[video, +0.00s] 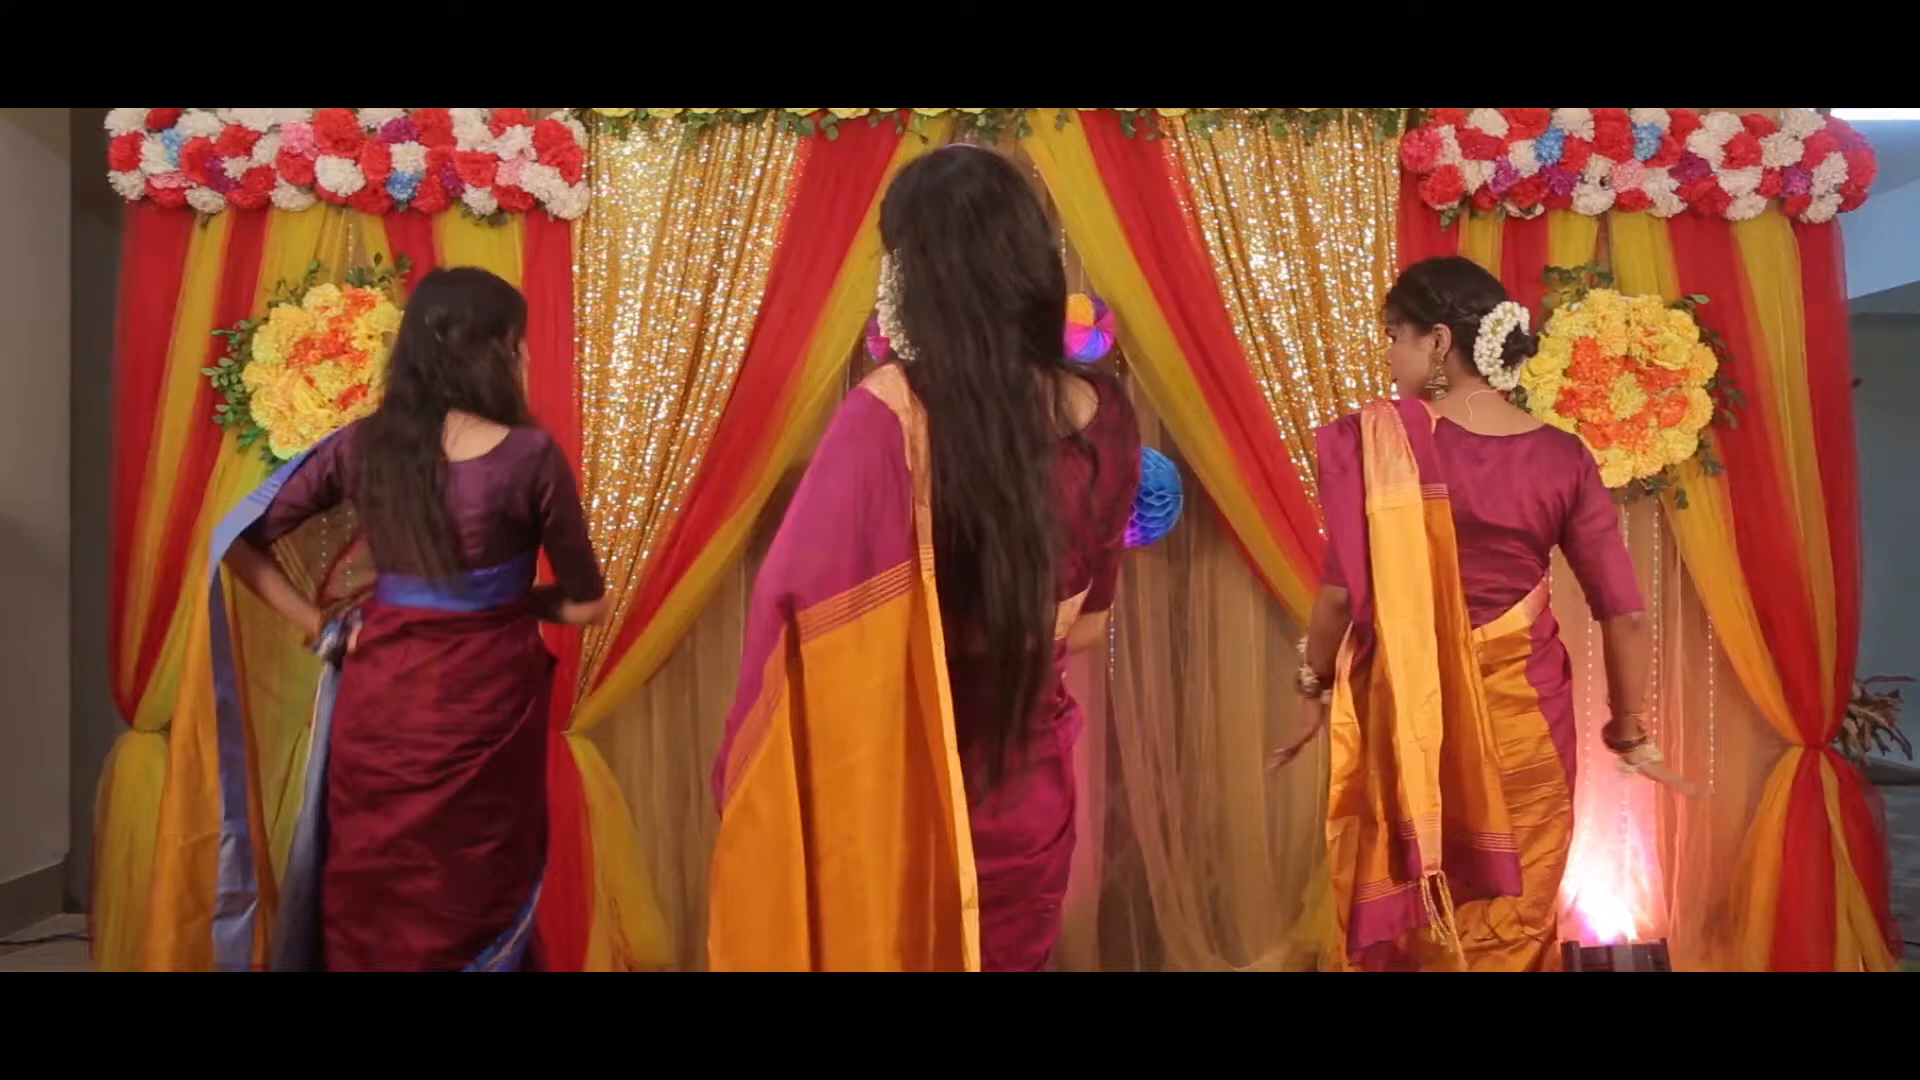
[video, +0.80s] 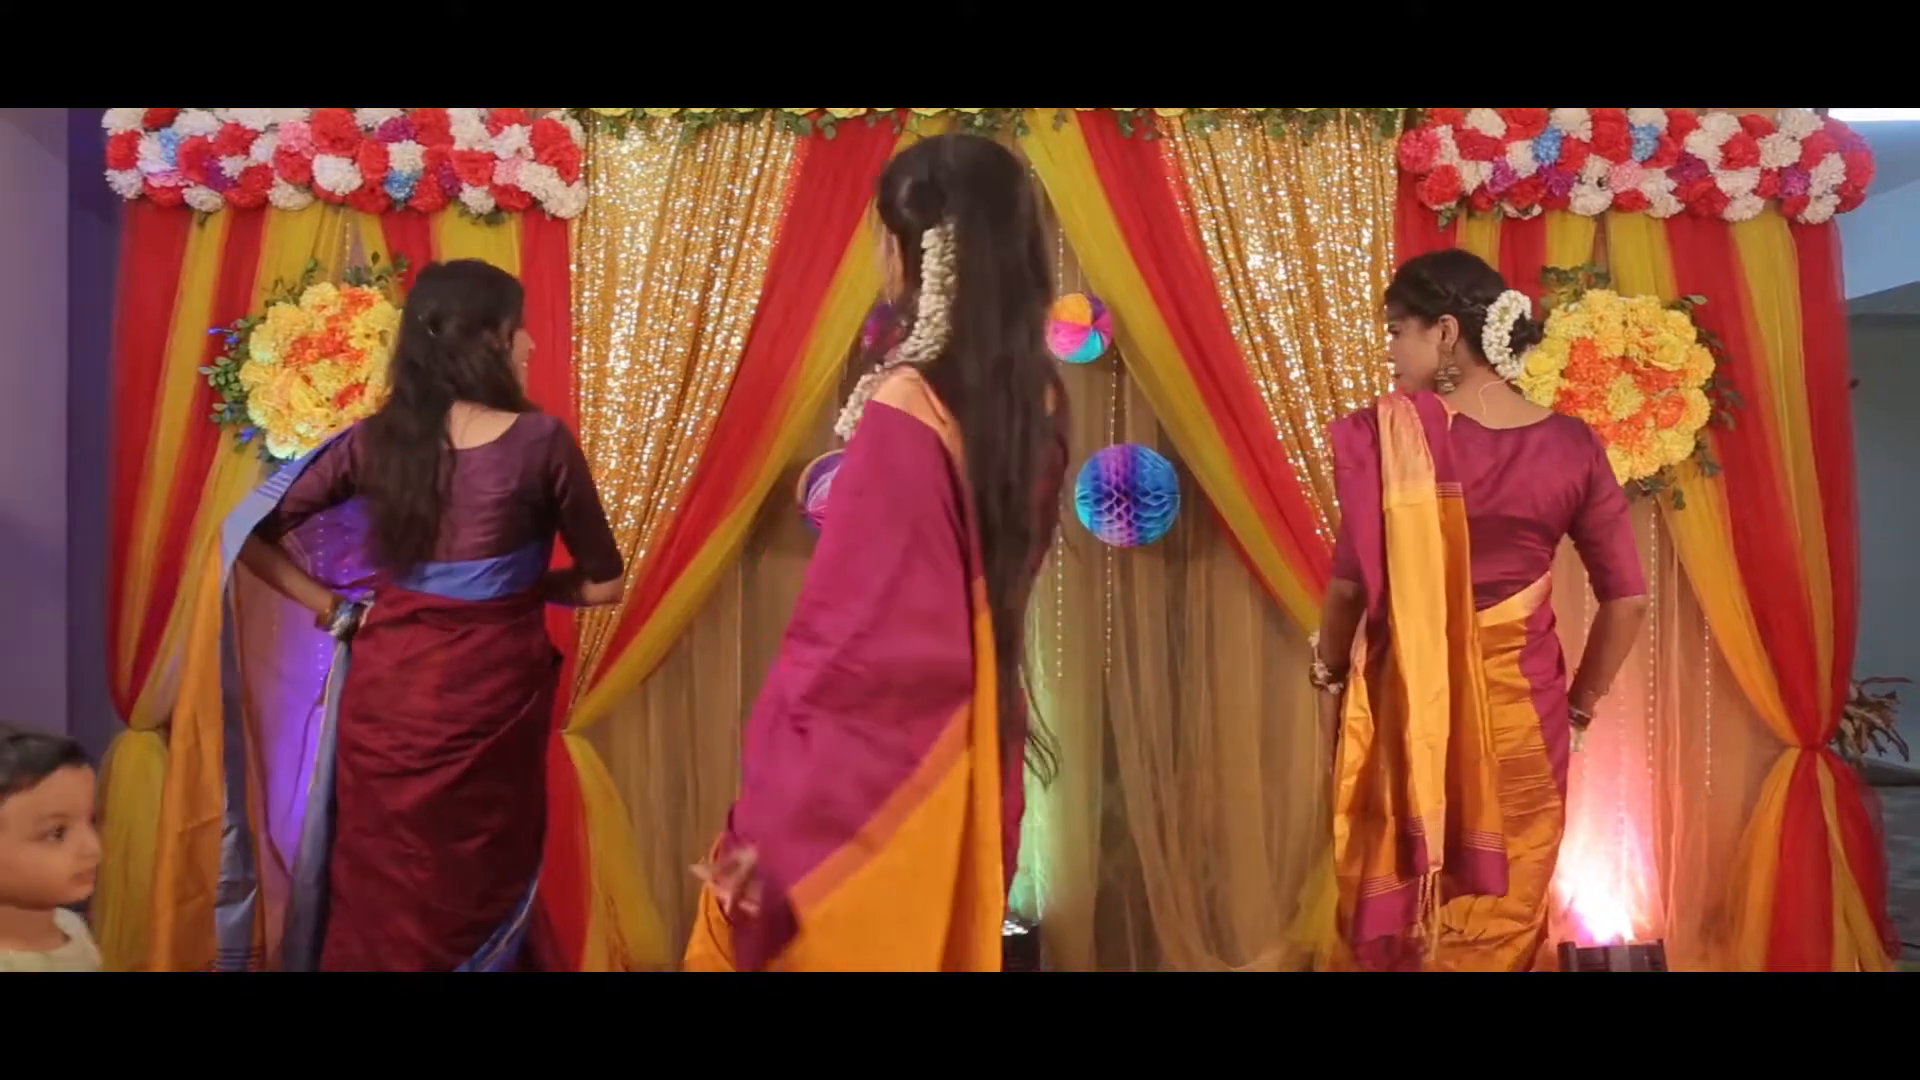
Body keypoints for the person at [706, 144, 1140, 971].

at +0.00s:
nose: (881, 275)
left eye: (888, 252)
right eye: (885, 251)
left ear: (912, 269)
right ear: (1034, 254)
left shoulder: (885, 413)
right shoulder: (1092, 408)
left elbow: (797, 606)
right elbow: (1090, 601)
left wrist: (747, 781)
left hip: (897, 800)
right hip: (1031, 791)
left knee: (896, 956)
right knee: (1015, 957)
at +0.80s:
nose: (880, 265)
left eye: (885, 243)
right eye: (882, 242)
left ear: (912, 256)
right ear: (1011, 248)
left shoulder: (905, 402)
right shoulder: (1041, 392)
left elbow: (853, 631)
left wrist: (760, 820)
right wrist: (866, 479)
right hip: (979, 735)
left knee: (871, 946)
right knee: (951, 943)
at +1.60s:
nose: (920, 285)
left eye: (956, 267)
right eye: (913, 264)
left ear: (1020, 296)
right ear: (893, 285)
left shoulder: (1030, 417)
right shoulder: (898, 434)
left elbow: (1162, 607)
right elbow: (820, 612)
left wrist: (974, 723)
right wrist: (799, 674)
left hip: (921, 789)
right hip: (841, 775)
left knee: (764, 954)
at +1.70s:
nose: (941, 278)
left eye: (975, 258)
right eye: (928, 256)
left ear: (1029, 287)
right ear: (905, 279)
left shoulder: (1045, 415)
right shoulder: (893, 429)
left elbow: (1183, 604)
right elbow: (801, 591)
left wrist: (1001, 699)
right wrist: (802, 654)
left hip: (937, 769)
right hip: (853, 766)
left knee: (763, 954)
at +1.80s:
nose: (950, 297)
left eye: (983, 279)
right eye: (934, 275)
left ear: (1031, 307)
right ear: (907, 298)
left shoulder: (1047, 426)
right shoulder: (897, 443)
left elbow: (1178, 623)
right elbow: (818, 622)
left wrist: (1020, 752)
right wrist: (824, 695)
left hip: (945, 800)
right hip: (851, 786)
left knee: (814, 956)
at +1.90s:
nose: (954, 317)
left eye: (985, 302)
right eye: (937, 293)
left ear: (1023, 329)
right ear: (906, 312)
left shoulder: (1038, 436)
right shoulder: (900, 462)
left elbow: (1155, 624)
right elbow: (821, 653)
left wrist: (1052, 782)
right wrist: (845, 722)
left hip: (942, 819)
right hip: (849, 811)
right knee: (804, 957)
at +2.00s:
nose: (961, 294)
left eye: (992, 279)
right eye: (944, 268)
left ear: (1023, 306)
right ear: (908, 281)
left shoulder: (1042, 419)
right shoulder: (862, 442)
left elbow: (1180, 591)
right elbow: (770, 611)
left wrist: (1061, 706)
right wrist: (850, 679)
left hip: (969, 760)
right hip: (849, 765)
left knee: (893, 951)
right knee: (853, 951)